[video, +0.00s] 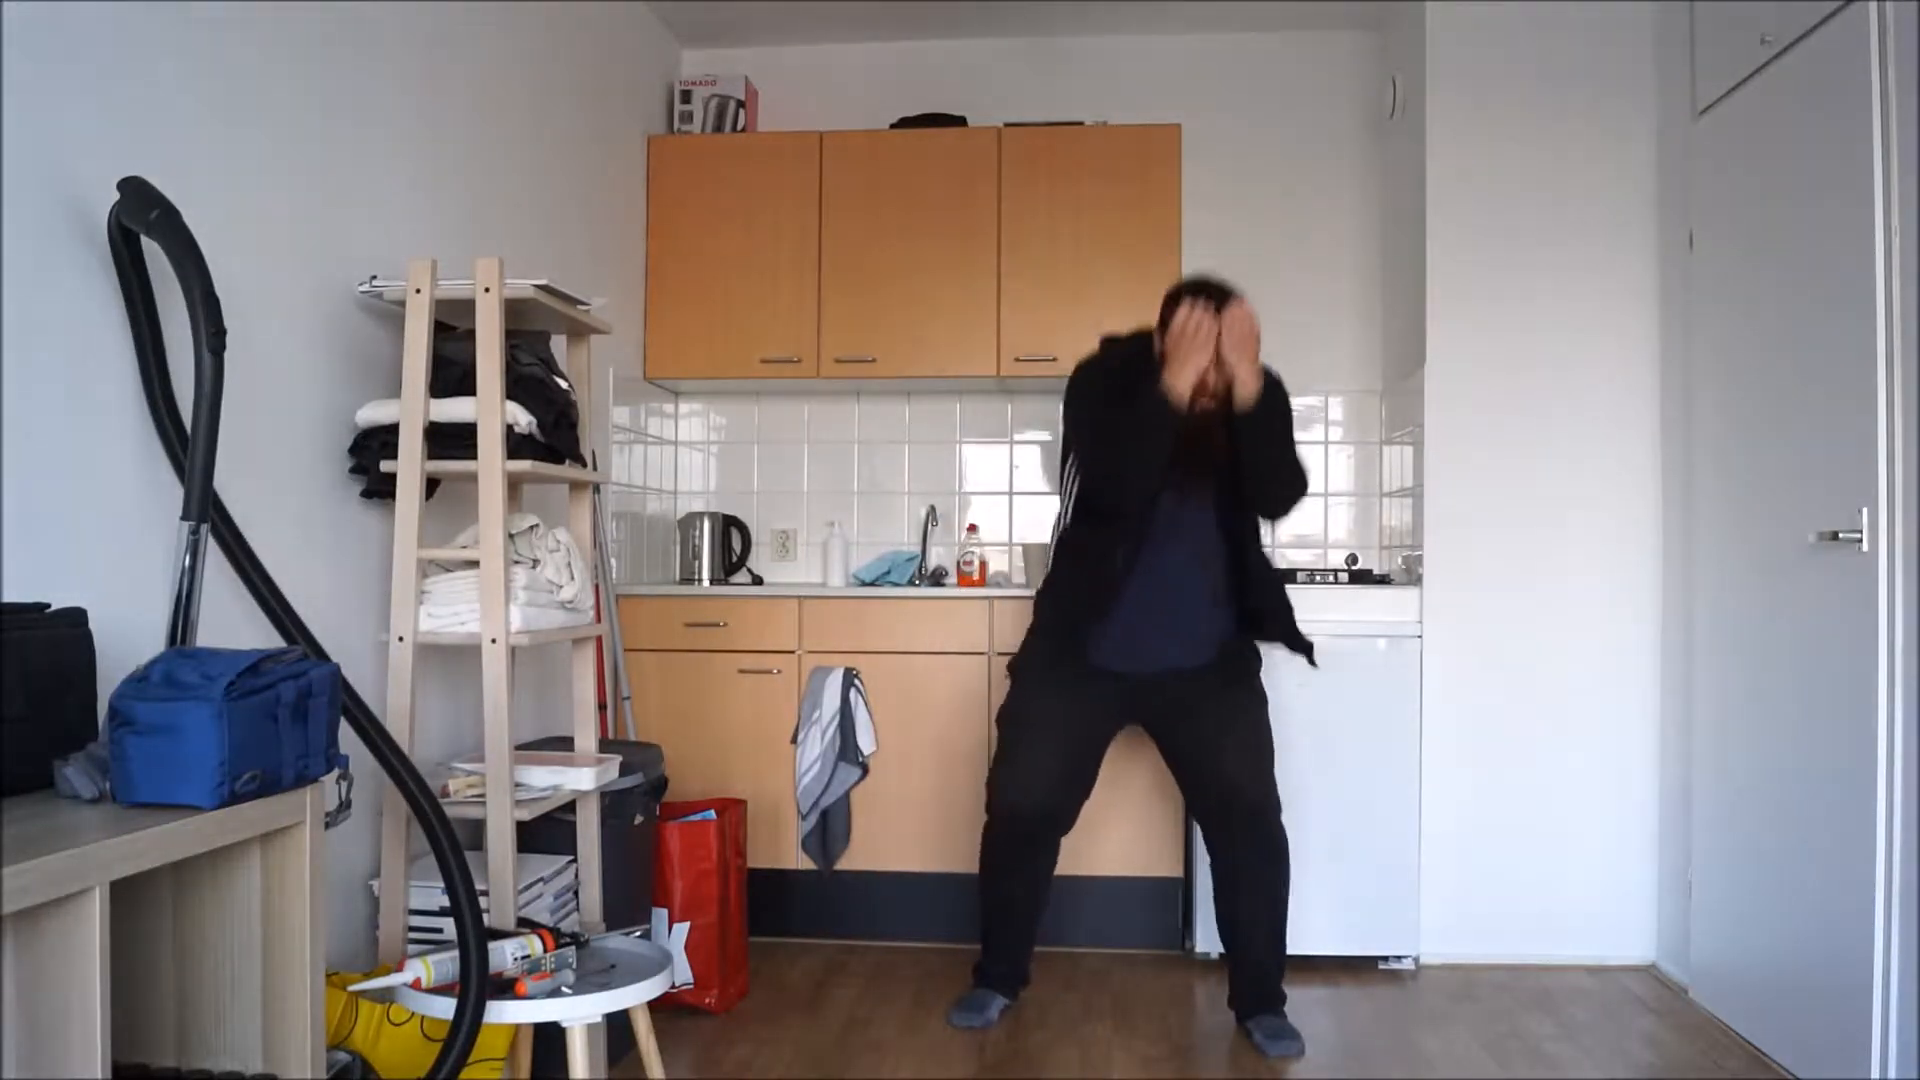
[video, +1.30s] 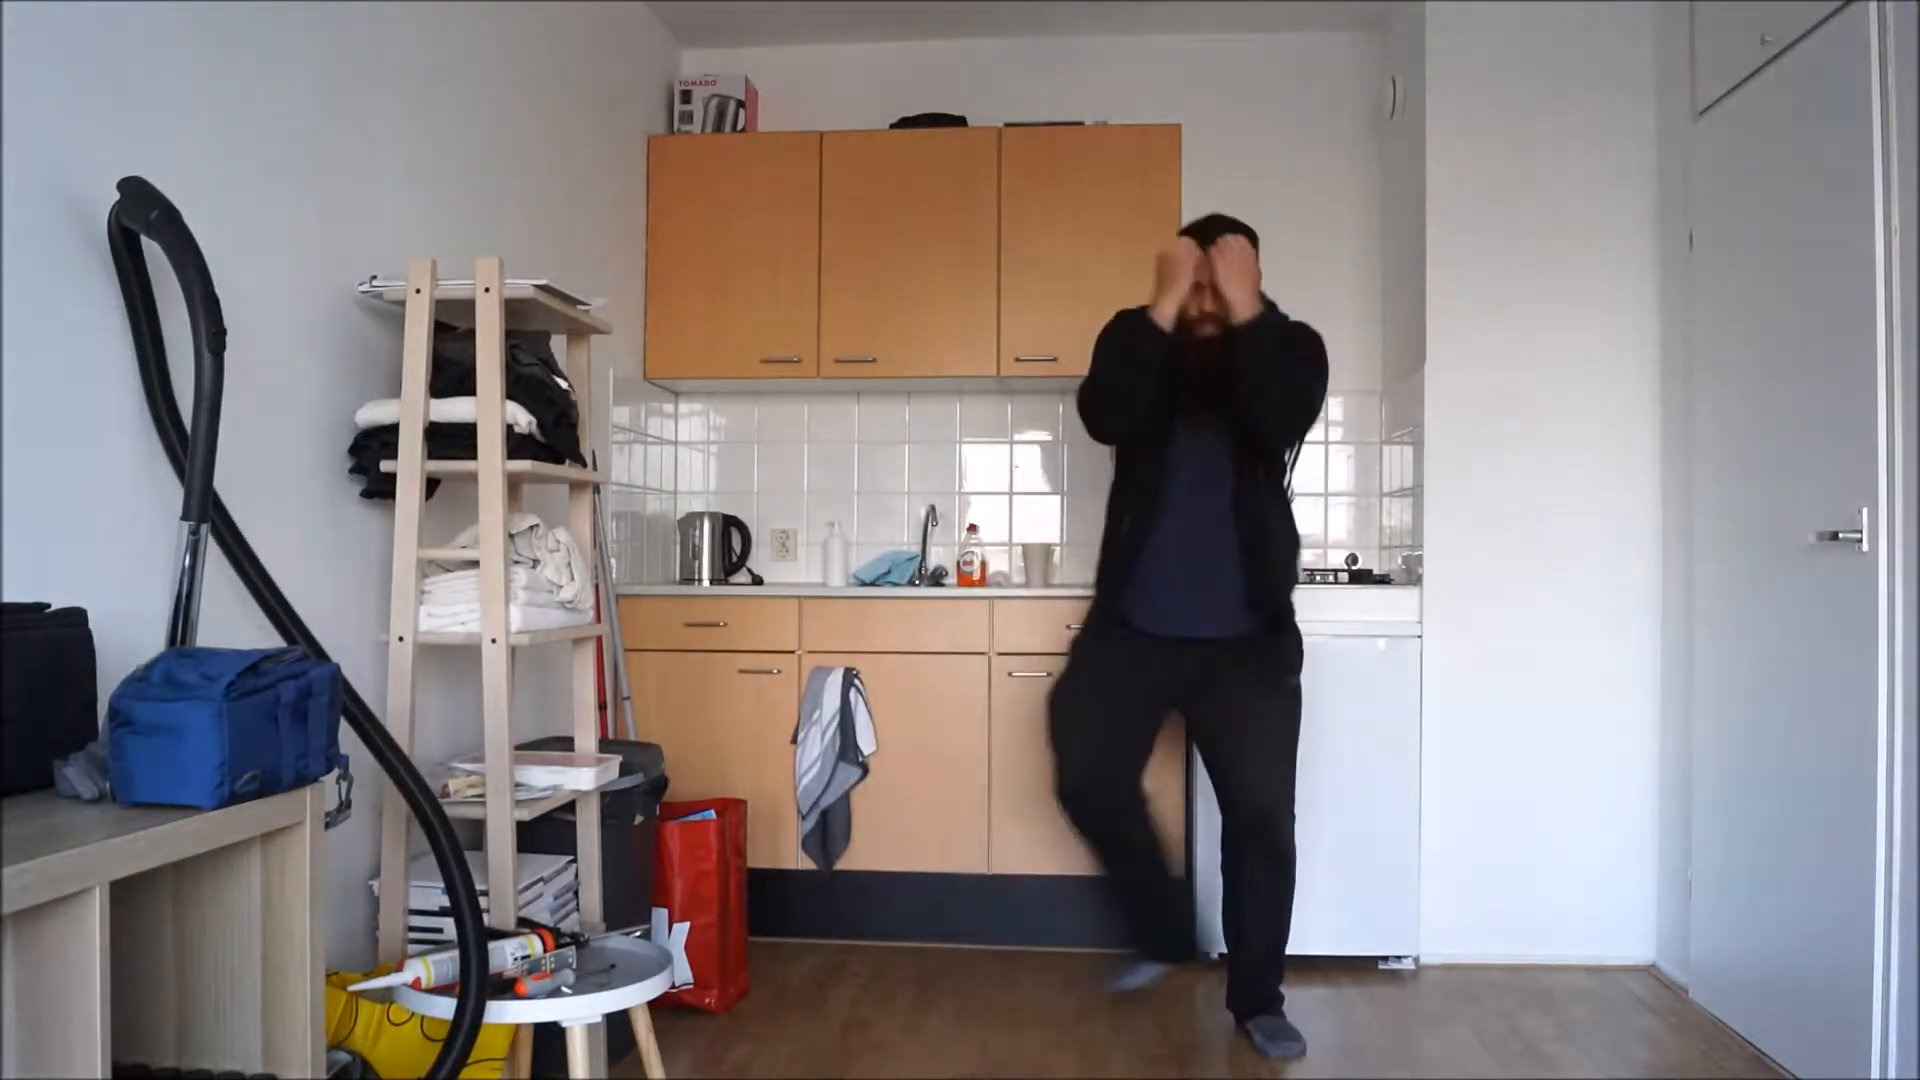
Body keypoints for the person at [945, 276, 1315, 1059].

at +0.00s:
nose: (1205, 354)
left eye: (1221, 344)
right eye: (1193, 339)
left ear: (1237, 345)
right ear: (1164, 331)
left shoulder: (1256, 398)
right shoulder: (1107, 380)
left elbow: (1277, 496)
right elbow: (1107, 487)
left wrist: (1251, 386)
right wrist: (1171, 388)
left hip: (1205, 658)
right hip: (1082, 649)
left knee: (1249, 823)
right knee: (1022, 809)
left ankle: (1261, 1002)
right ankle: (998, 979)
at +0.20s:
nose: (1105, 431)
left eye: (1116, 418)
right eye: (1088, 418)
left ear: (1152, 403)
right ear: (1073, 410)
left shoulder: (1208, 431)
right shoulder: (1049, 432)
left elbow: (1193, 555)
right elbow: (1035, 567)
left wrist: (1141, 462)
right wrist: (1071, 471)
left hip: (1194, 676)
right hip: (1071, 674)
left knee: (1244, 830)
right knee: (1008, 815)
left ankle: (1261, 1004)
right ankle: (998, 978)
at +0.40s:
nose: (1032, 330)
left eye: (1044, 315)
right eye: (1022, 320)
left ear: (1089, 317)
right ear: (1023, 329)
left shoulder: (1162, 364)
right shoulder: (1026, 383)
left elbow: (1123, 457)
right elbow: (968, 472)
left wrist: (1064, 360)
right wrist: (996, 369)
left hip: (1174, 645)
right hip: (1056, 646)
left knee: (1224, 822)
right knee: (1010, 809)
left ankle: (1258, 1000)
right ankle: (997, 978)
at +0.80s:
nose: (1112, 436)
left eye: (1127, 426)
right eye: (1095, 424)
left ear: (1154, 414)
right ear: (1073, 415)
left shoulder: (1199, 437)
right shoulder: (1040, 438)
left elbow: (1193, 564)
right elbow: (1030, 566)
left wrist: (1149, 467)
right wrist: (1073, 472)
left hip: (1175, 678)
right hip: (1052, 681)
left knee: (1247, 833)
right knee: (1005, 826)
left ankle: (1260, 1004)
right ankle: (998, 978)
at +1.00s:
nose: (1202, 391)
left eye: (1216, 382)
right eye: (1193, 377)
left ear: (1230, 385)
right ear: (1162, 367)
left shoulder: (1237, 432)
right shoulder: (1101, 407)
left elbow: (1278, 525)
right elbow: (1112, 521)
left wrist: (1251, 418)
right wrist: (1172, 426)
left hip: (1193, 670)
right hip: (1077, 668)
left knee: (1260, 824)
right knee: (1024, 829)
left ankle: (1260, 1003)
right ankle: (995, 978)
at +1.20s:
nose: (1225, 301)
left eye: (1239, 288)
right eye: (1213, 283)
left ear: (1260, 295)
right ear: (1181, 285)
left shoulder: (1281, 359)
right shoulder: (1130, 340)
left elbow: (1296, 441)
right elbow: (1117, 425)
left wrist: (1265, 323)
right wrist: (1183, 316)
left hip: (1235, 639)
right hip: (1118, 630)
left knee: (1262, 817)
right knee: (1066, 789)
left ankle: (1260, 1001)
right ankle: (1073, 961)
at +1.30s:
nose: (1206, 287)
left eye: (1223, 273)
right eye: (1195, 272)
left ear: (1249, 281)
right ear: (1177, 277)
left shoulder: (1289, 345)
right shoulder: (1134, 336)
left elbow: (1282, 419)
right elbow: (1103, 414)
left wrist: (1247, 308)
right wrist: (1164, 308)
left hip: (1247, 636)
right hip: (1132, 626)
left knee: (1262, 823)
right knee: (1090, 779)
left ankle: (1258, 1000)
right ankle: (1163, 934)